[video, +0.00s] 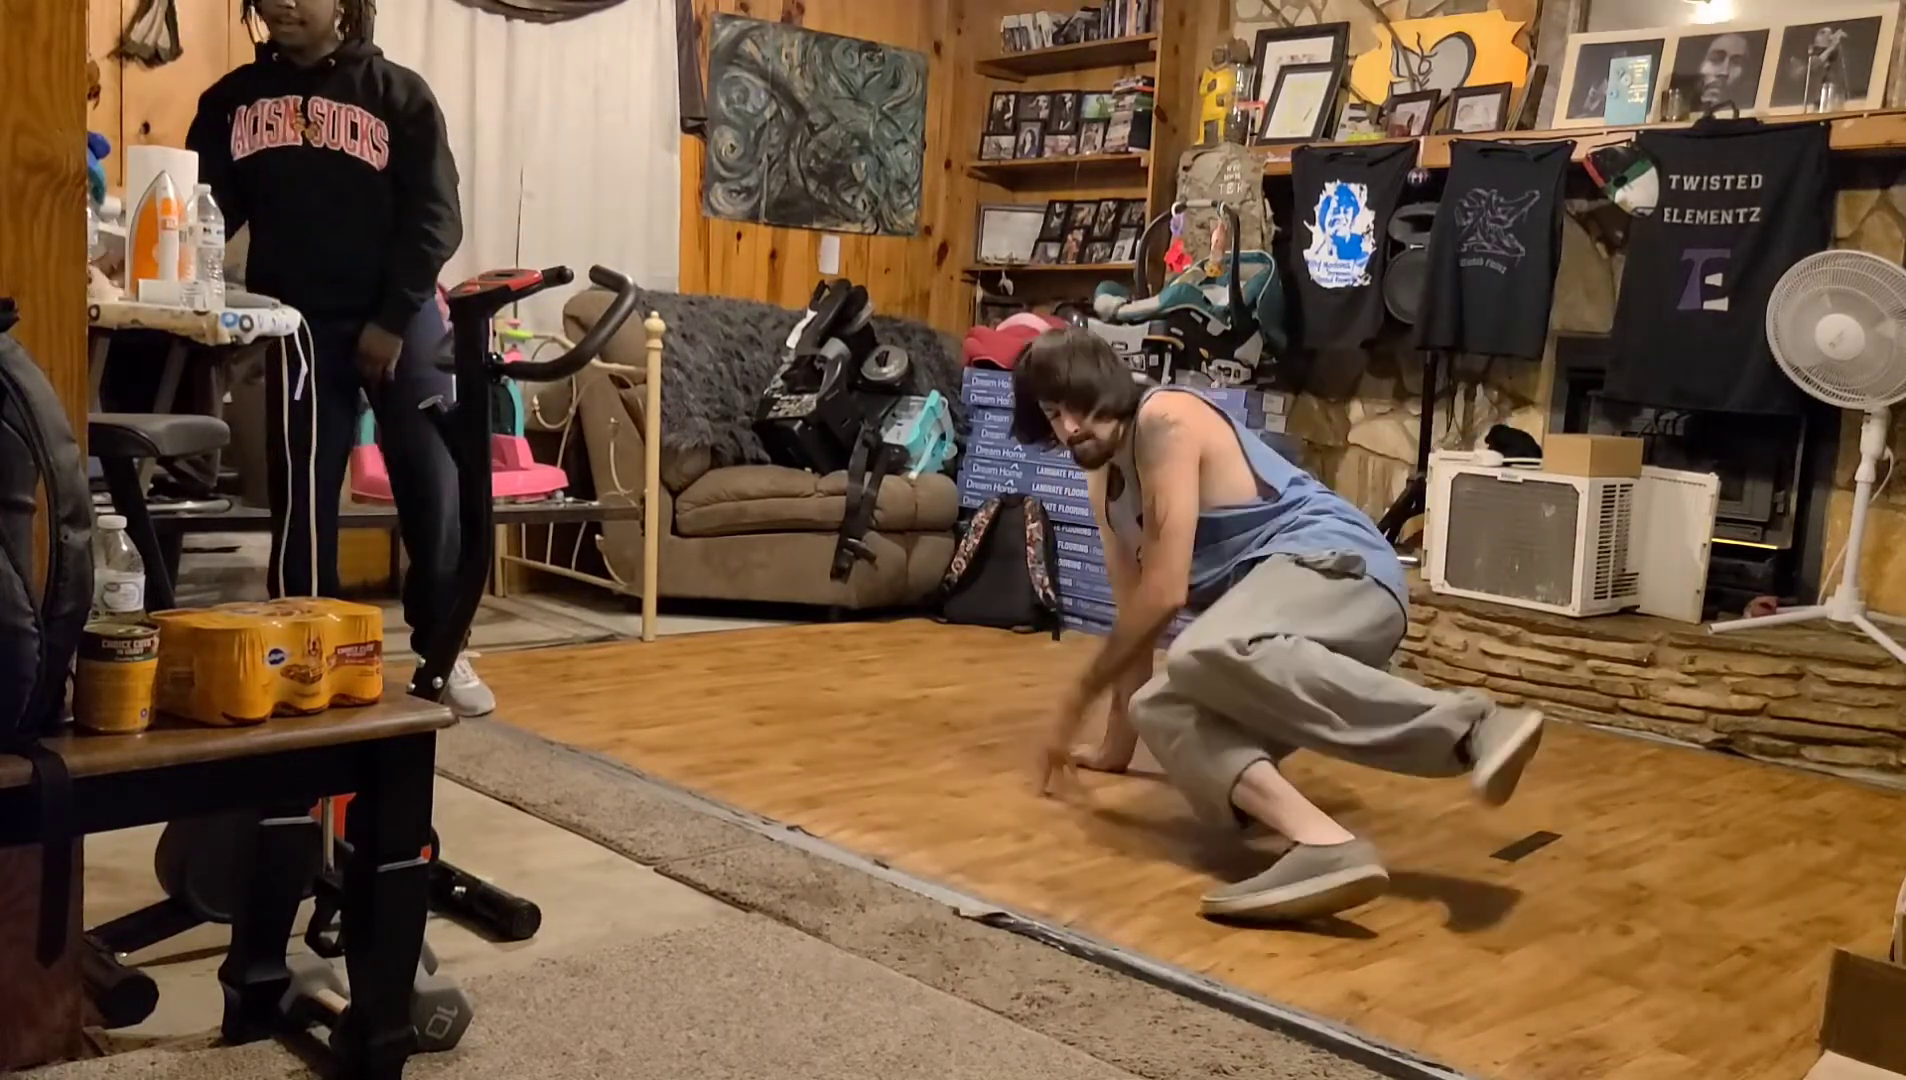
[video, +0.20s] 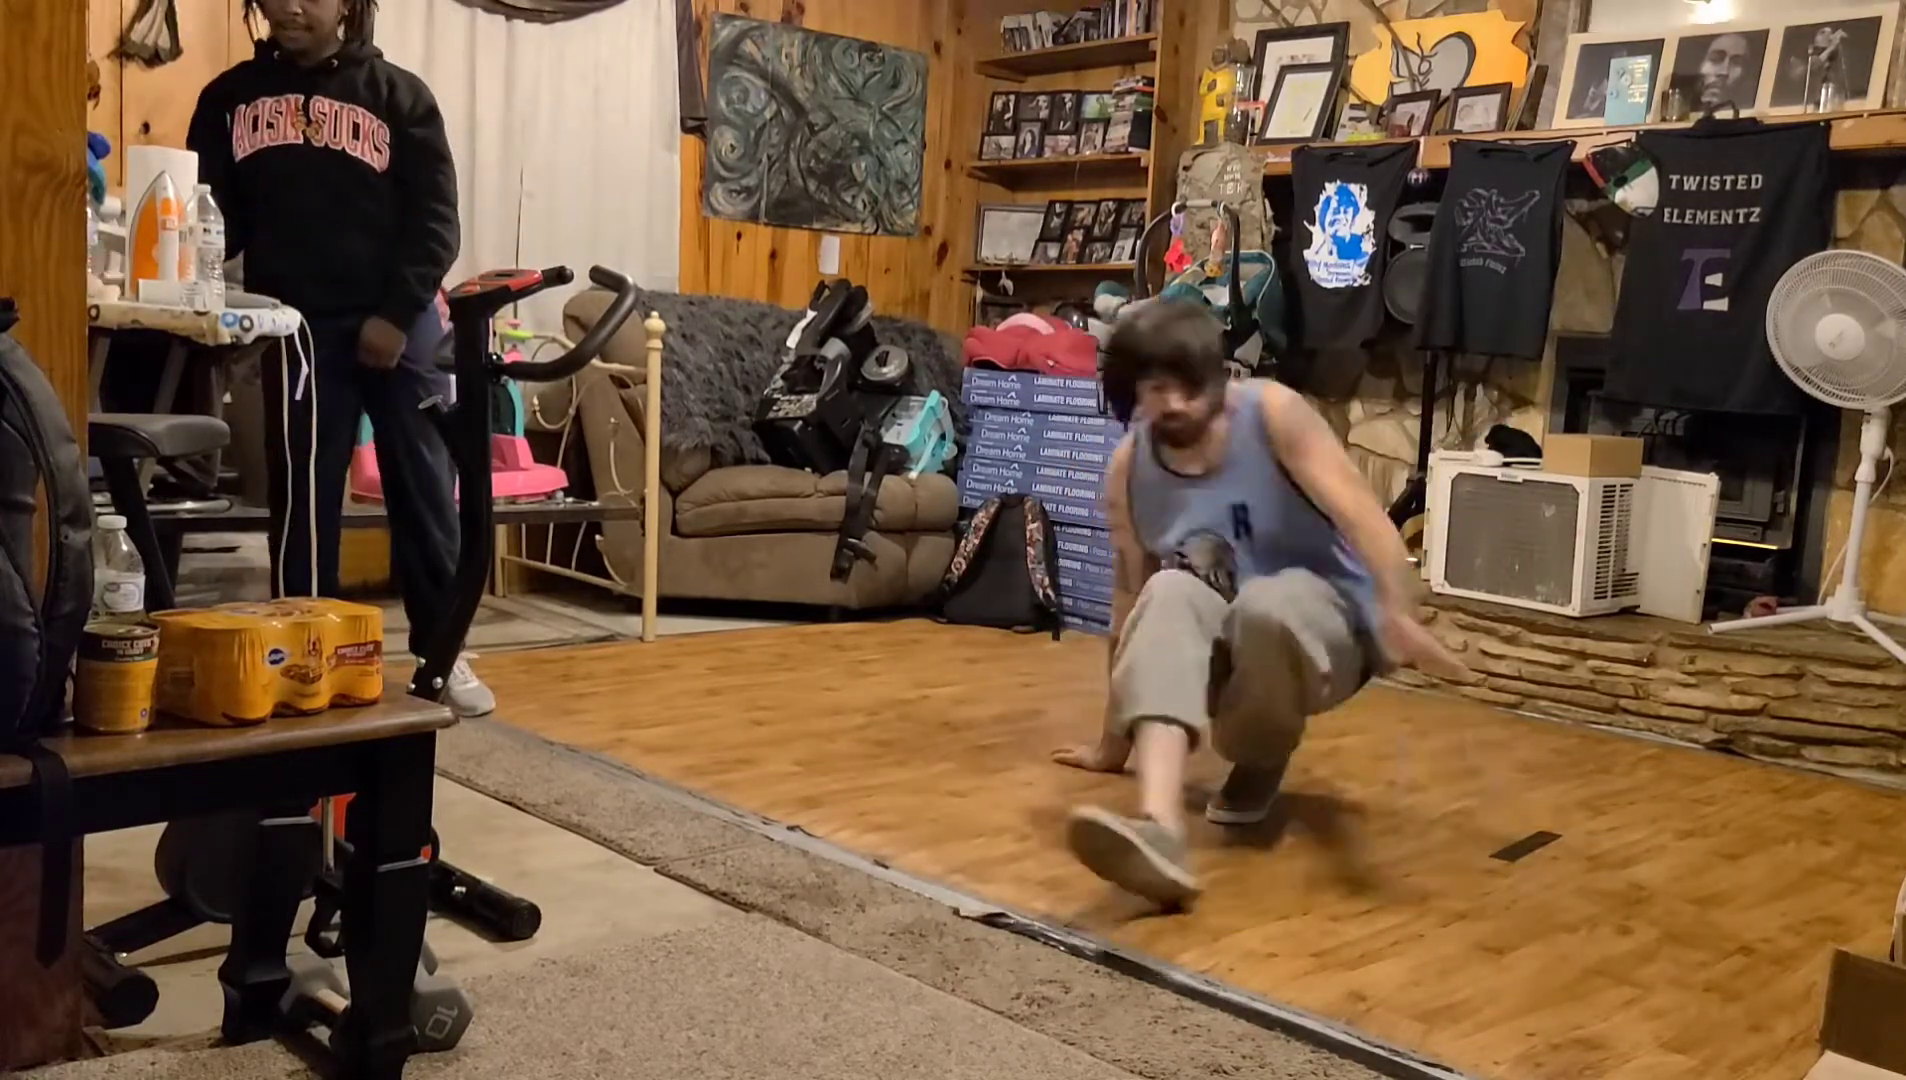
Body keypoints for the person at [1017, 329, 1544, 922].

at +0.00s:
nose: (1069, 428)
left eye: (1080, 404)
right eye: (1051, 416)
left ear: (1113, 388)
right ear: (1045, 420)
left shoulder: (1164, 419)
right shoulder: (1109, 480)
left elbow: (1165, 587)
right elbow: (1136, 613)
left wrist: (1080, 695)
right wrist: (1115, 752)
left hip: (1331, 554)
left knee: (1217, 649)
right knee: (1162, 707)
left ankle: (1472, 725)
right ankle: (1323, 840)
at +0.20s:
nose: (1174, 406)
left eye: (1190, 388)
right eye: (1155, 390)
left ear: (1217, 378)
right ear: (1132, 392)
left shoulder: (1272, 411)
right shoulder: (1127, 471)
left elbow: (1358, 510)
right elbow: (1133, 604)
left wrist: (1395, 610)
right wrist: (1113, 745)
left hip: (1321, 636)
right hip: (1209, 644)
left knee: (1271, 605)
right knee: (1168, 591)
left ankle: (1258, 765)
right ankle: (1162, 827)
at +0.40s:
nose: (1417, 415)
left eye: (1438, 407)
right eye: (1408, 393)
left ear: (1457, 421)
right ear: (1379, 384)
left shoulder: (1437, 507)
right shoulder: (1288, 416)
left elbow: (1412, 643)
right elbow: (1168, 517)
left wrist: (1417, 779)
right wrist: (1048, 577)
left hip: (1319, 659)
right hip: (1217, 623)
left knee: (1276, 619)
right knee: (1172, 562)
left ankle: (1247, 770)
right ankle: (1128, 816)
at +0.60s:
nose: (1476, 399)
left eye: (1500, 388)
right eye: (1467, 373)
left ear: (1521, 399)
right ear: (1437, 360)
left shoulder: (1480, 501)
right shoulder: (1358, 397)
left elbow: (1432, 636)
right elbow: (1323, 414)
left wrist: (1418, 779)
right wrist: (1459, 313)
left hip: (1356, 632)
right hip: (1257, 604)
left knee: (1377, 536)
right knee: (1186, 568)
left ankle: (1281, 802)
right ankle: (1243, 767)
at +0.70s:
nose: (1501, 401)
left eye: (1525, 395)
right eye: (1499, 376)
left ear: (1540, 411)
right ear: (1472, 361)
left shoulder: (1494, 485)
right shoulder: (1404, 372)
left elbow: (1439, 620)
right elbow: (1421, 471)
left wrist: (1417, 772)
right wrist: (1589, 492)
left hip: (1341, 633)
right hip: (1253, 595)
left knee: (1401, 623)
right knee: (1239, 560)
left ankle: (1231, 820)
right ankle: (1224, 741)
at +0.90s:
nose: (1539, 459)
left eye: (1560, 455)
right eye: (1540, 434)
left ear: (1568, 472)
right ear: (1515, 415)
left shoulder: (1489, 507)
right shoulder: (1447, 450)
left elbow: (1443, 625)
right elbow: (1411, 615)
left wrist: (1429, 773)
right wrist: (1431, 786)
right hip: (1267, 566)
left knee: (1308, 773)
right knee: (1416, 721)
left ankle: (1155, 832)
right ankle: (1203, 660)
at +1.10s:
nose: (1517, 410)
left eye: (1538, 405)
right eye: (1513, 386)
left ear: (1548, 417)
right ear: (1484, 371)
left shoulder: (1483, 487)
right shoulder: (1425, 387)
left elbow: (1428, 629)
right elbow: (1451, 504)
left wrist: (1412, 776)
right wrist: (1590, 594)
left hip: (1327, 621)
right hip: (1246, 582)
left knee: (1372, 635)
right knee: (1197, 587)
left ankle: (1186, 848)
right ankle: (1183, 762)